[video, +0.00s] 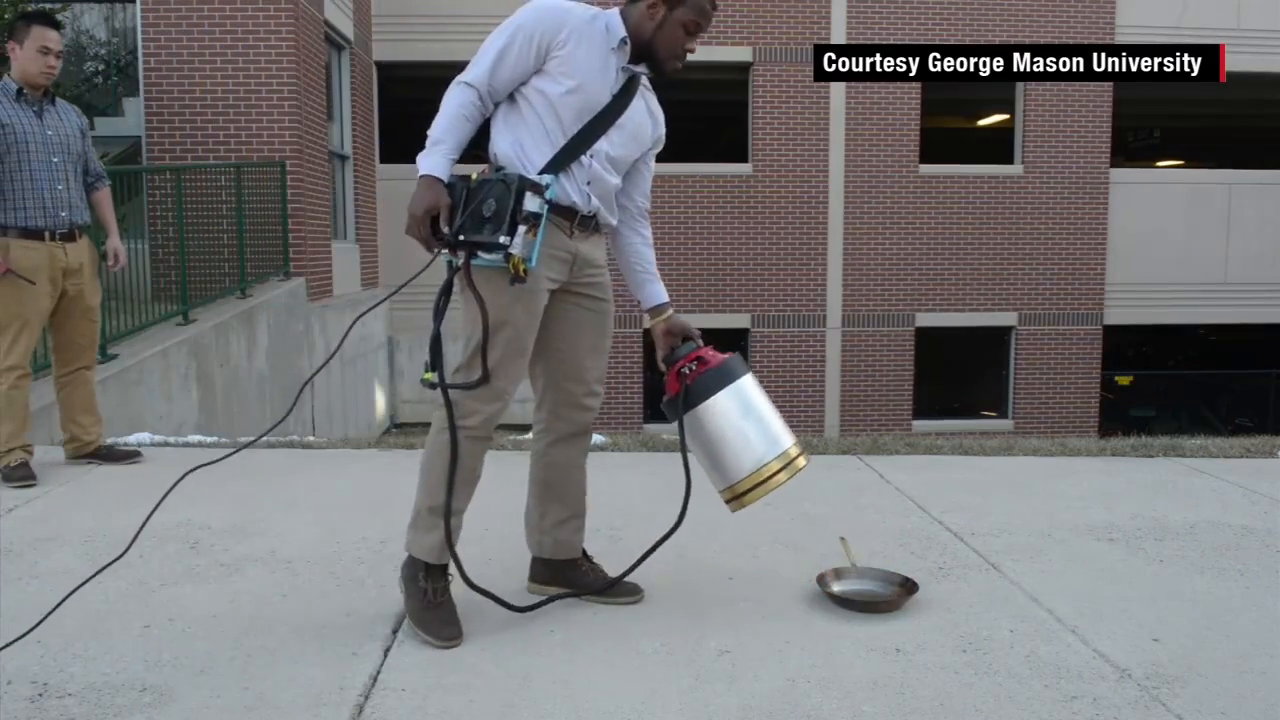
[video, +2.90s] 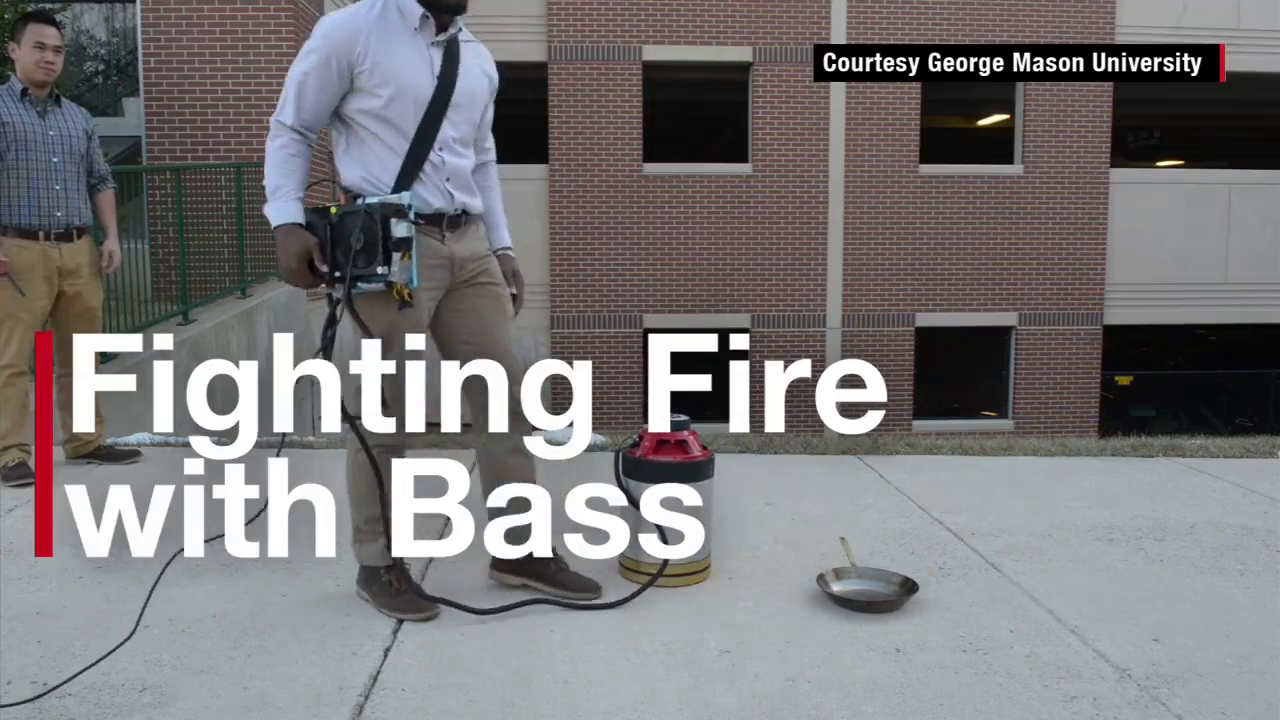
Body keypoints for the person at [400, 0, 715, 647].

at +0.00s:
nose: (693, 46)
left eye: (700, 35)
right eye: (690, 28)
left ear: (663, 18)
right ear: (651, 7)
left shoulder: (649, 117)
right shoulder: (561, 22)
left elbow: (630, 220)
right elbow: (473, 88)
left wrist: (659, 307)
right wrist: (432, 175)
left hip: (588, 253)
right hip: (512, 236)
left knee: (572, 408)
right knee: (475, 403)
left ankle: (556, 557)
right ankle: (427, 562)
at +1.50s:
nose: (713, 105)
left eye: (724, 98)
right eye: (710, 85)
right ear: (674, 59)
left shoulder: (655, 171)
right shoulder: (593, 52)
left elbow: (635, 271)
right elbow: (491, 89)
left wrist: (651, 369)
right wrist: (418, 158)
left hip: (556, 258)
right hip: (484, 231)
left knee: (558, 411)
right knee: (465, 408)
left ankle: (555, 557)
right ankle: (419, 565)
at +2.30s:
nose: (668, 42)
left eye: (678, 33)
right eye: (659, 25)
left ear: (680, 37)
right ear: (623, 14)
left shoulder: (641, 134)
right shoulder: (546, 38)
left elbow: (631, 234)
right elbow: (455, 95)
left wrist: (644, 327)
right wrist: (401, 175)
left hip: (554, 255)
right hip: (479, 237)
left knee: (554, 409)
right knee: (455, 409)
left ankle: (557, 556)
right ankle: (401, 556)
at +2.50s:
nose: (611, 9)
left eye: (615, 3)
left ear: (613, 17)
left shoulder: (605, 103)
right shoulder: (490, 32)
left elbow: (601, 203)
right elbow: (410, 108)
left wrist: (608, 287)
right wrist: (374, 195)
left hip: (542, 252)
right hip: (464, 243)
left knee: (548, 408)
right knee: (442, 409)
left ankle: (555, 554)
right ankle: (386, 555)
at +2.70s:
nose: (527, 0)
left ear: (534, 6)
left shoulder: (542, 83)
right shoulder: (412, 36)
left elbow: (546, 185)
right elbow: (346, 124)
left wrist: (560, 266)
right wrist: (329, 212)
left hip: (514, 251)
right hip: (427, 248)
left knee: (532, 410)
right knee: (411, 414)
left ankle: (555, 553)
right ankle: (383, 562)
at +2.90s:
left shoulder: (478, 60)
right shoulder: (351, 30)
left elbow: (483, 160)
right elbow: (291, 127)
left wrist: (501, 247)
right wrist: (286, 222)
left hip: (468, 245)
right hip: (387, 248)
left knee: (500, 399)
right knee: (386, 413)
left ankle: (521, 547)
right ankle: (380, 563)